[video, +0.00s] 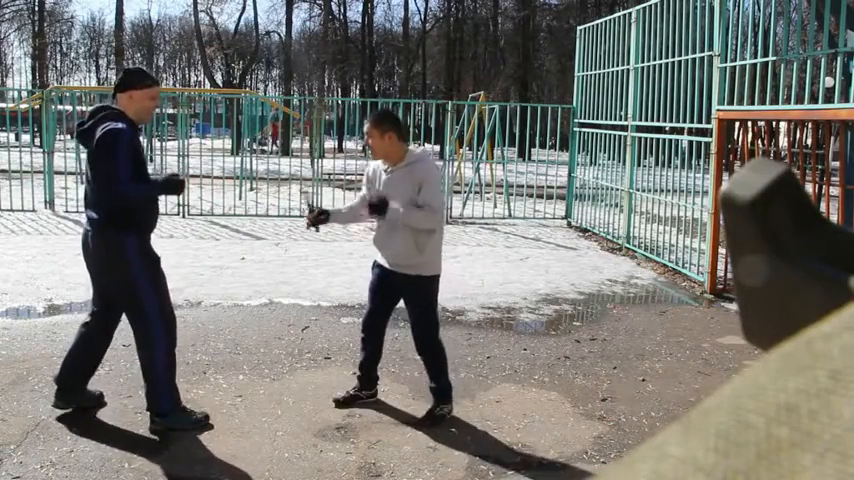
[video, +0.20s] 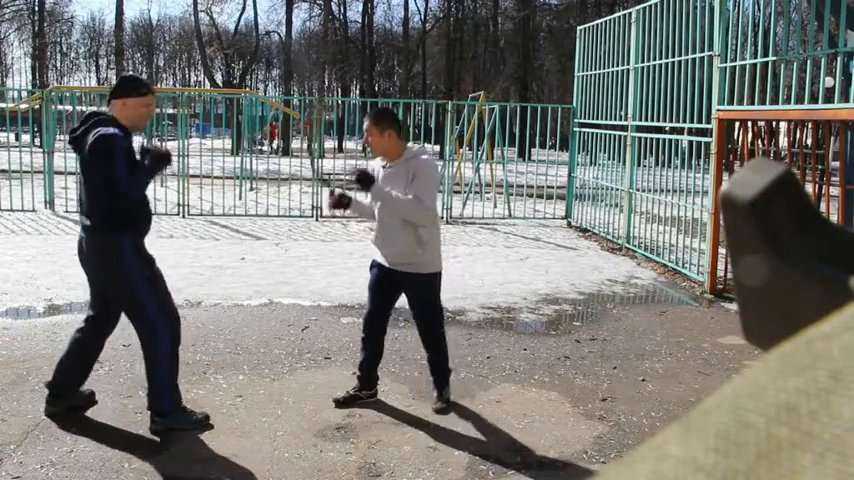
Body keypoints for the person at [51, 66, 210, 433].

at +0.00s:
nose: (155, 106)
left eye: (156, 99)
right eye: (151, 98)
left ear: (126, 97)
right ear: (128, 96)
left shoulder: (109, 128)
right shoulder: (119, 134)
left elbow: (117, 187)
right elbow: (121, 191)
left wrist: (157, 185)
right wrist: (164, 186)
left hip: (103, 243)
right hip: (125, 246)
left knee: (104, 315)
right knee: (158, 324)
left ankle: (70, 388)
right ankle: (166, 411)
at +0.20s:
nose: (150, 113)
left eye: (151, 105)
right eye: (146, 105)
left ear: (120, 104)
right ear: (123, 104)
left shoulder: (103, 134)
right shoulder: (111, 140)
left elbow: (116, 188)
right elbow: (122, 195)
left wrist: (147, 166)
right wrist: (149, 165)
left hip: (99, 247)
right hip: (120, 251)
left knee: (101, 319)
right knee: (162, 323)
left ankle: (62, 393)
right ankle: (167, 412)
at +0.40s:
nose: (144, 112)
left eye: (145, 106)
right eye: (140, 105)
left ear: (114, 103)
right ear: (115, 102)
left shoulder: (103, 134)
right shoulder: (98, 138)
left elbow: (110, 187)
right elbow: (108, 194)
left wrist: (141, 168)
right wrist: (145, 168)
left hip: (99, 247)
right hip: (112, 250)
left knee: (96, 319)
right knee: (155, 320)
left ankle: (61, 395)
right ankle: (172, 409)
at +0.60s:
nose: (145, 109)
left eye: (146, 102)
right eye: (140, 102)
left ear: (115, 103)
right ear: (116, 102)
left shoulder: (108, 134)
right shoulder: (101, 136)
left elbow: (114, 181)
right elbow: (108, 191)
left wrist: (143, 165)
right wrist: (147, 174)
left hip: (100, 244)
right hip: (116, 248)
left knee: (99, 318)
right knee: (158, 321)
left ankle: (62, 394)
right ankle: (173, 409)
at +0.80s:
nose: (145, 116)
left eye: (145, 109)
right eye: (140, 109)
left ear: (115, 109)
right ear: (118, 109)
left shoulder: (100, 137)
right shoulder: (109, 142)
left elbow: (114, 191)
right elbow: (126, 192)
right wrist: (162, 169)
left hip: (92, 249)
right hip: (111, 253)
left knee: (102, 313)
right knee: (161, 320)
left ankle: (46, 377)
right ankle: (173, 408)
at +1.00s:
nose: (157, 135)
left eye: (158, 128)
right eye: (153, 127)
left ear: (130, 124)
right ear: (131, 123)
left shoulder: (114, 150)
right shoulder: (113, 154)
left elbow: (148, 206)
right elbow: (152, 202)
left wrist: (183, 238)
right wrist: (206, 221)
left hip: (62, 247)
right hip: (74, 251)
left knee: (68, 320)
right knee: (120, 321)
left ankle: (32, 385)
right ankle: (149, 410)